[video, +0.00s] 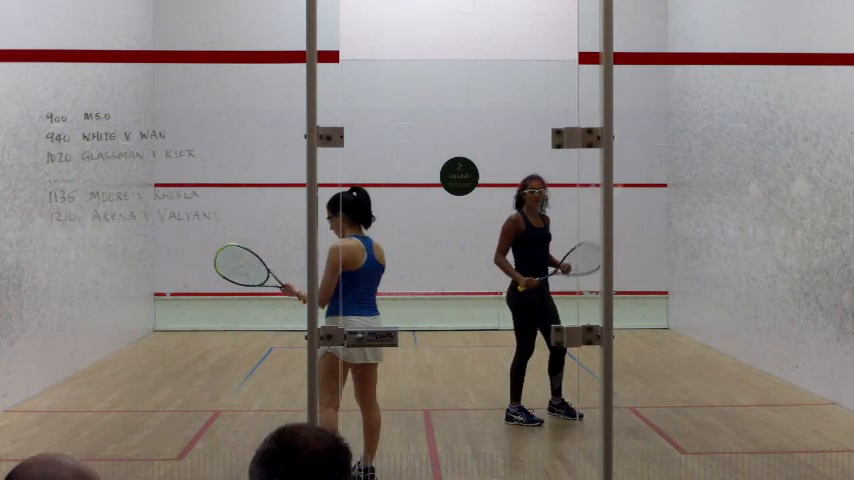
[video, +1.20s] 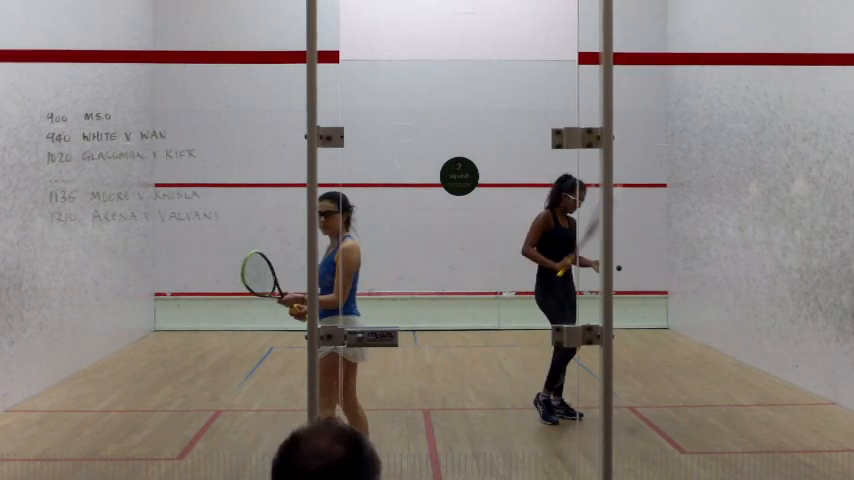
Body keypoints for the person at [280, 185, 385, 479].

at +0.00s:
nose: (329, 225)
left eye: (330, 219)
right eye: (329, 219)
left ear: (342, 217)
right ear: (359, 217)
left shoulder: (340, 250)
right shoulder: (377, 250)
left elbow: (323, 298)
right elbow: (363, 294)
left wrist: (300, 294)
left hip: (339, 332)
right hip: (370, 331)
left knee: (328, 404)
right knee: (368, 401)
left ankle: (327, 467)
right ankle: (367, 466)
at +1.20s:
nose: (322, 220)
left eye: (328, 214)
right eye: (319, 215)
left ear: (344, 216)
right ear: (317, 216)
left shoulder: (348, 248)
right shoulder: (335, 248)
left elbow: (339, 299)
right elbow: (329, 296)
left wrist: (301, 299)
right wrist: (306, 309)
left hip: (338, 328)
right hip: (336, 327)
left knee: (325, 402)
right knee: (348, 399)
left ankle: (324, 460)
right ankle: (364, 455)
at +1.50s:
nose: (299, 220)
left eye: (303, 214)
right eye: (300, 214)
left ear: (318, 217)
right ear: (327, 218)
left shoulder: (332, 251)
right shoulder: (335, 249)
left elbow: (322, 302)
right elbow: (319, 300)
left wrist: (283, 296)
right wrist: (289, 314)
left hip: (335, 334)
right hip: (351, 331)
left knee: (320, 403)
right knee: (351, 396)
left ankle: (325, 463)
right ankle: (374, 459)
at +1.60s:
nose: (302, 228)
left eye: (303, 222)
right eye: (302, 222)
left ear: (312, 222)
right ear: (327, 221)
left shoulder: (324, 254)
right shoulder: (340, 250)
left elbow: (316, 304)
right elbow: (319, 305)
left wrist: (278, 301)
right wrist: (285, 319)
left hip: (339, 336)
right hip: (360, 333)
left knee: (317, 404)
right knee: (356, 394)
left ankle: (325, 464)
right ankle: (379, 458)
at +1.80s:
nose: (303, 239)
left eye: (303, 233)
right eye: (304, 233)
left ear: (307, 235)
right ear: (328, 230)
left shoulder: (321, 261)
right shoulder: (349, 256)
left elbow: (325, 314)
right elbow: (351, 308)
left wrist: (298, 326)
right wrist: (311, 324)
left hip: (358, 337)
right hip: (379, 333)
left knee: (321, 400)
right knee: (366, 396)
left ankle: (325, 463)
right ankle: (385, 460)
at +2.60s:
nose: (334, 248)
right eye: (332, 246)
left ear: (301, 252)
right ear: (329, 247)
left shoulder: (306, 274)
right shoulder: (353, 267)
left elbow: (310, 319)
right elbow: (352, 314)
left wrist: (310, 342)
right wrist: (319, 340)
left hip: (348, 336)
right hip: (380, 333)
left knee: (313, 404)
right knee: (371, 397)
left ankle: (326, 465)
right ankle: (383, 462)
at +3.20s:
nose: (332, 246)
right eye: (331, 243)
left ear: (300, 250)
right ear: (327, 244)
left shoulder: (304, 273)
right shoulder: (351, 263)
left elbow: (309, 318)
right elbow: (352, 308)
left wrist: (310, 341)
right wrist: (316, 338)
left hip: (346, 334)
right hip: (380, 330)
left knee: (317, 404)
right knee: (374, 396)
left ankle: (323, 464)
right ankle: (382, 461)